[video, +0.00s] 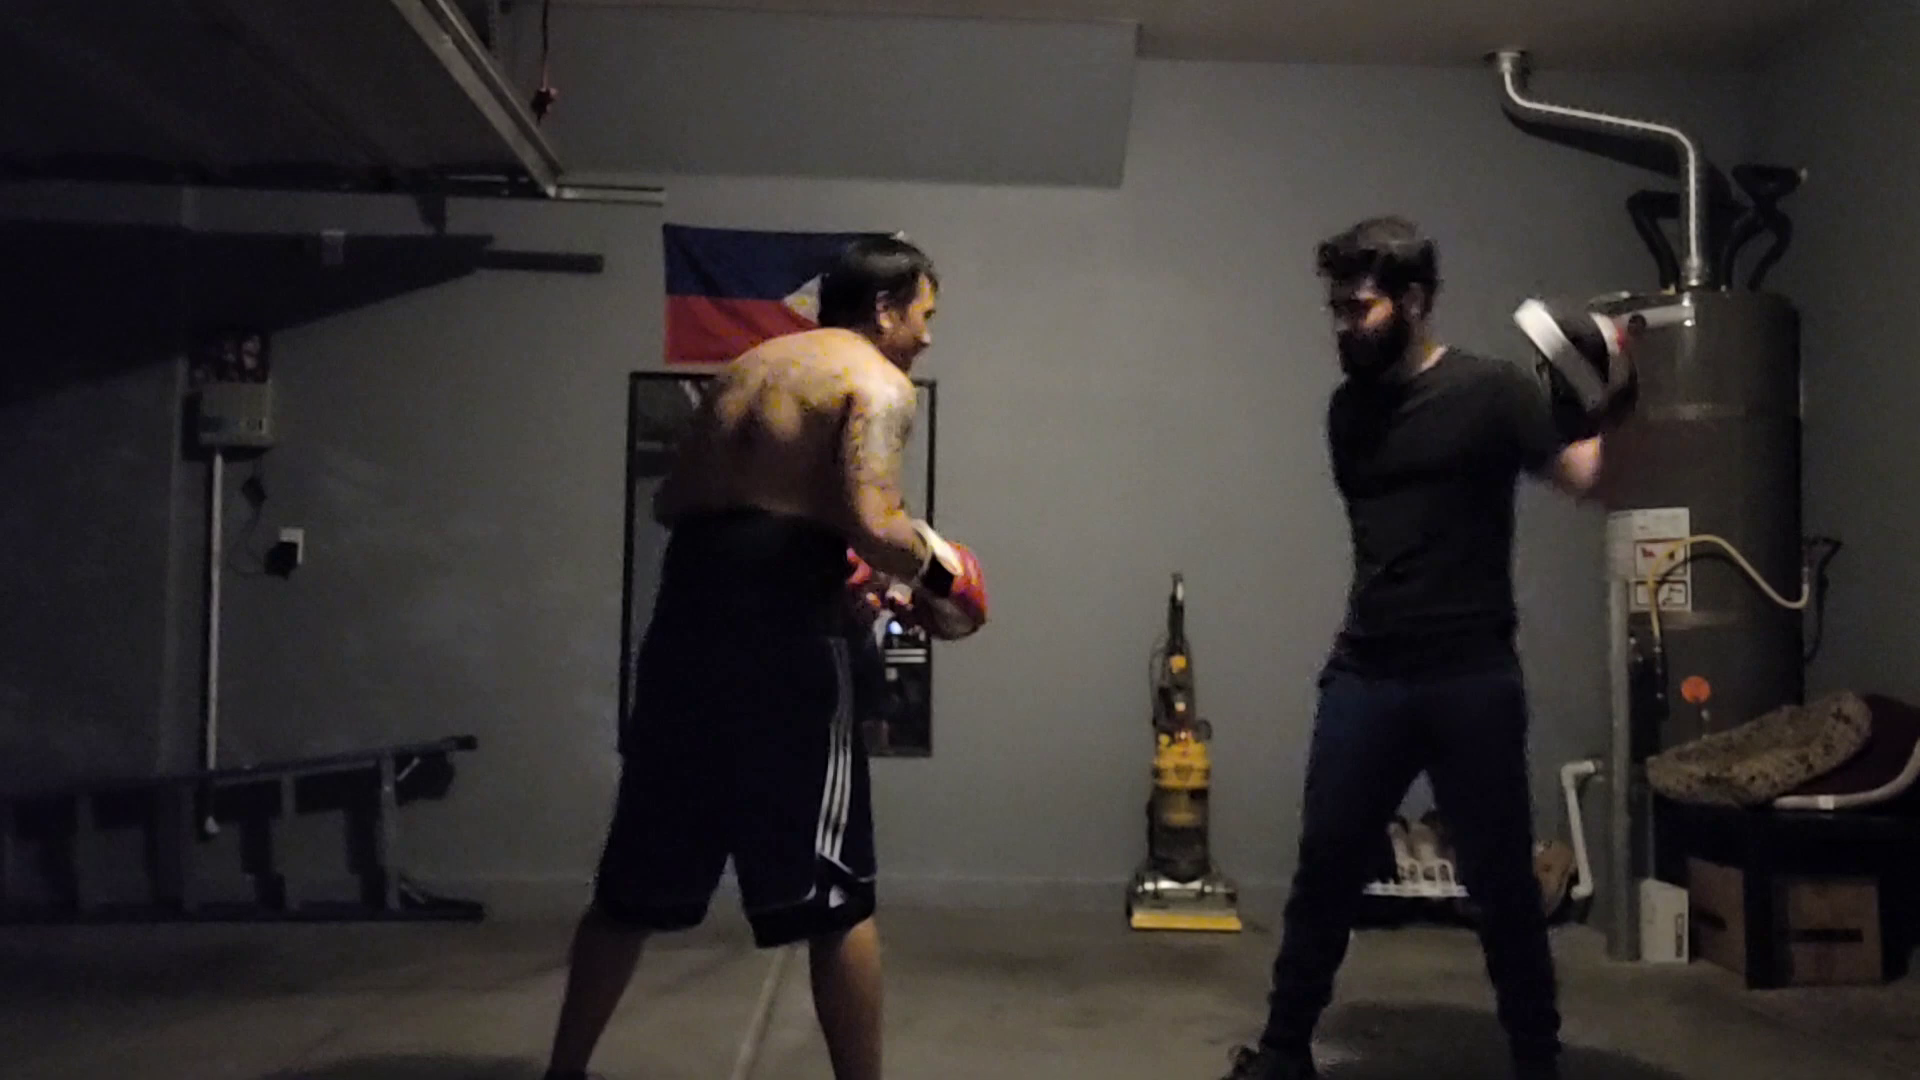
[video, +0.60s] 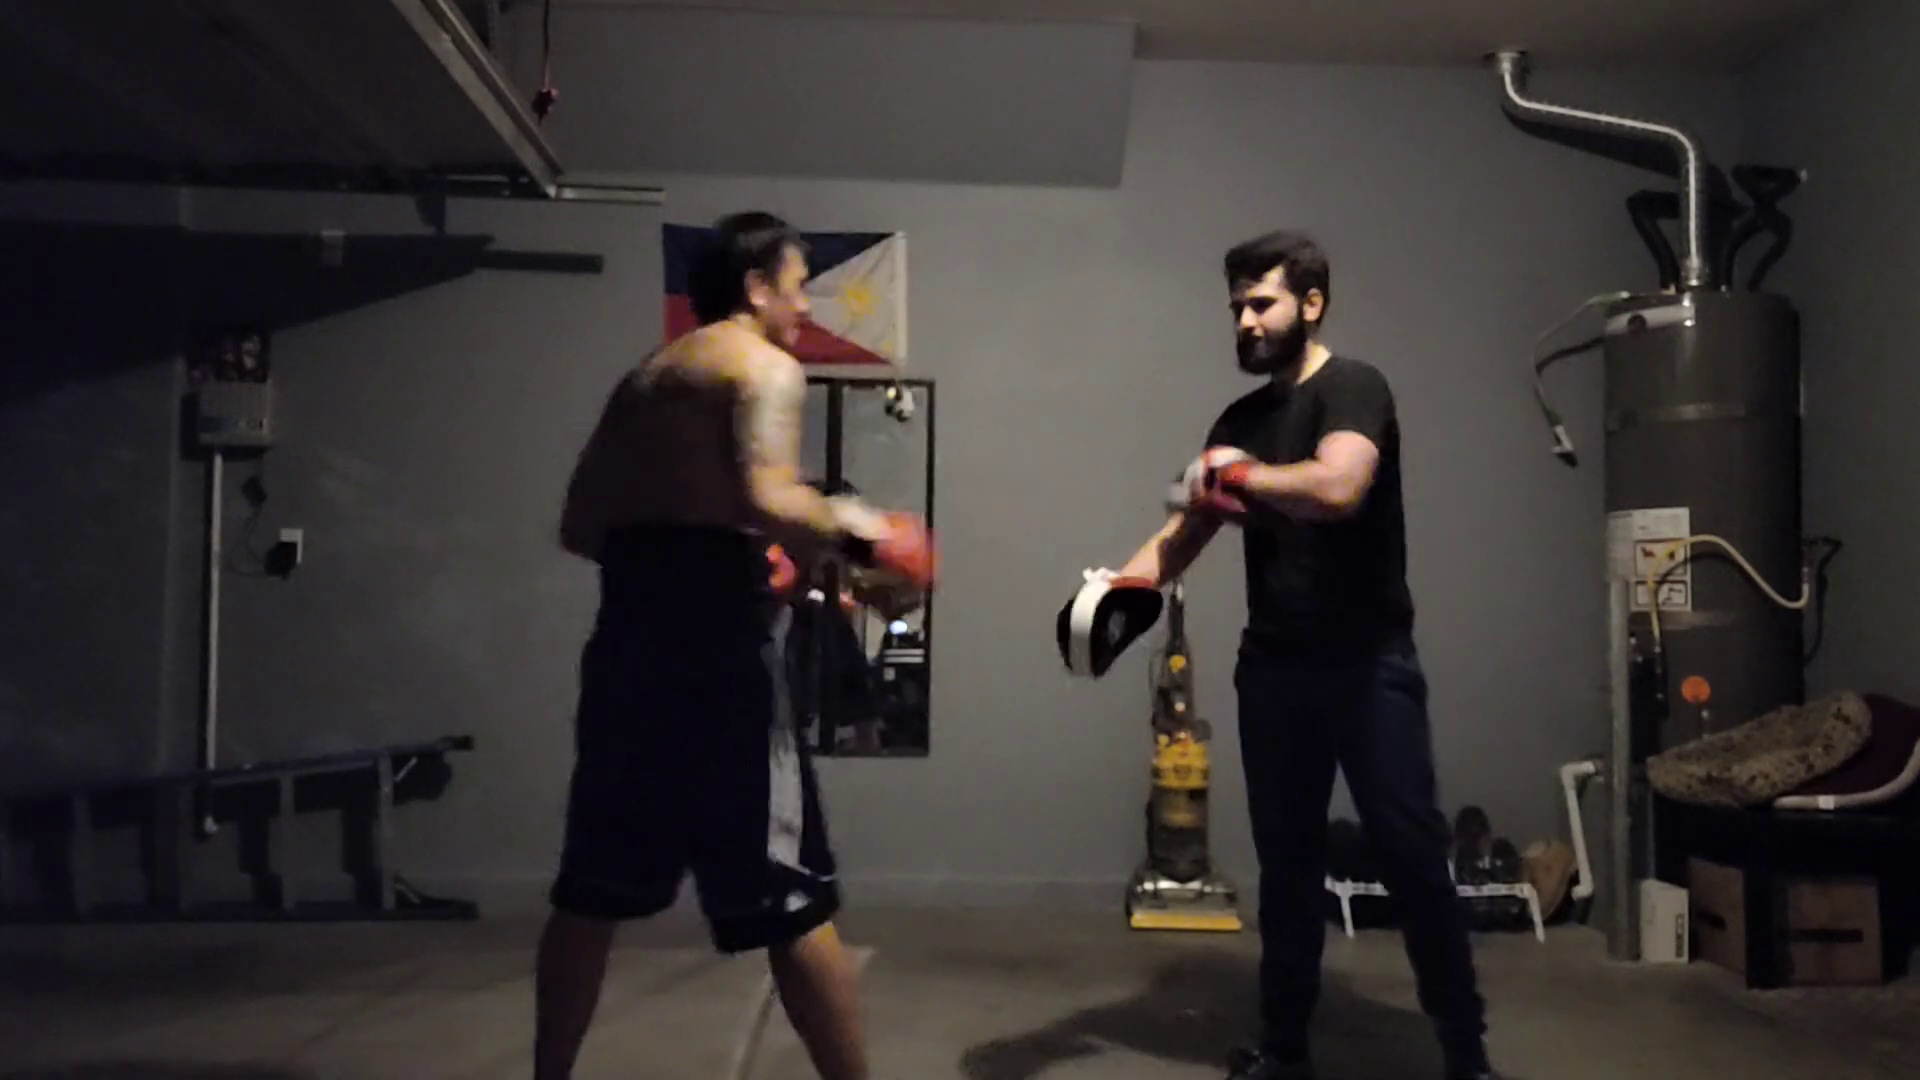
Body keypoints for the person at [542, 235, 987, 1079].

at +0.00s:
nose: (929, 334)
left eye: (931, 315)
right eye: (923, 315)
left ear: (848, 305)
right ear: (886, 309)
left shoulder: (749, 363)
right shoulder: (878, 380)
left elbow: (684, 499)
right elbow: (872, 521)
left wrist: (833, 565)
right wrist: (936, 567)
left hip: (686, 653)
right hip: (791, 661)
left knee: (631, 882)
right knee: (839, 898)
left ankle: (563, 1068)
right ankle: (862, 1073)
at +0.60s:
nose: (804, 307)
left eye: (805, 289)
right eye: (797, 288)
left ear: (713, 287)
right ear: (754, 287)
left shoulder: (642, 376)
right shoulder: (765, 365)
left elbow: (583, 526)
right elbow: (769, 494)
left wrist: (722, 561)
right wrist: (862, 528)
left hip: (627, 662)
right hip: (726, 663)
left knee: (589, 891)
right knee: (793, 903)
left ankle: (550, 1071)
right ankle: (851, 1071)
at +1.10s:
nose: (750, 306)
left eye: (752, 287)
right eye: (744, 285)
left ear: (670, 280)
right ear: (704, 276)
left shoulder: (604, 367)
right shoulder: (705, 348)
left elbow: (563, 527)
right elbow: (707, 486)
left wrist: (713, 547)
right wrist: (802, 535)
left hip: (614, 653)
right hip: (709, 649)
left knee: (591, 883)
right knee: (814, 874)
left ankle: (552, 1071)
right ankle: (834, 1069)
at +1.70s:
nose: (922, 324)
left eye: (924, 307)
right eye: (920, 306)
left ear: (833, 293)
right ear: (888, 302)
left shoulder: (755, 362)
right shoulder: (888, 385)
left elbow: (751, 517)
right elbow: (954, 525)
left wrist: (867, 560)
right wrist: (997, 500)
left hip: (701, 661)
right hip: (812, 672)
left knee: (640, 886)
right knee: (875, 899)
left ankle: (580, 1069)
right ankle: (899, 1073)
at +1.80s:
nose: (902, 312)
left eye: (902, 294)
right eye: (897, 295)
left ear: (812, 289)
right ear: (864, 295)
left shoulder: (738, 361)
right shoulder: (869, 375)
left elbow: (740, 512)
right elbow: (931, 519)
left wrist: (863, 553)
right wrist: (975, 501)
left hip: (700, 654)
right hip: (808, 660)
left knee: (643, 884)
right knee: (867, 900)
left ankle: (579, 1068)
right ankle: (897, 1071)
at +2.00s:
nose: (836, 318)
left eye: (834, 301)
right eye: (829, 301)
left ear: (746, 302)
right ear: (796, 300)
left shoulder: (674, 383)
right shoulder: (800, 380)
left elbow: (696, 544)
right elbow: (816, 525)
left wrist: (845, 574)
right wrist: (877, 534)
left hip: (668, 675)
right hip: (778, 678)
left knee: (625, 900)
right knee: (865, 895)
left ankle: (576, 1072)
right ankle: (901, 1071)